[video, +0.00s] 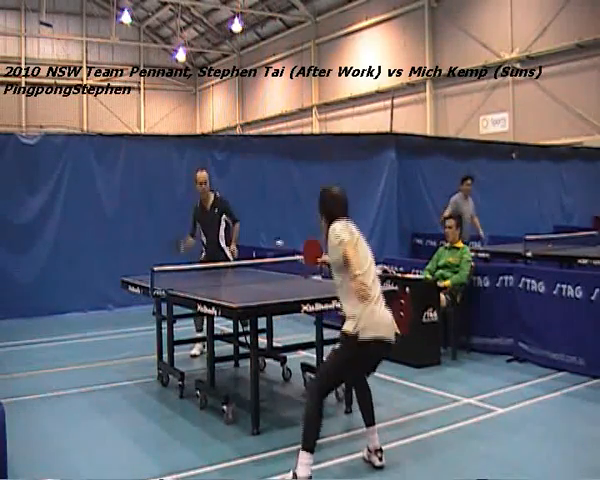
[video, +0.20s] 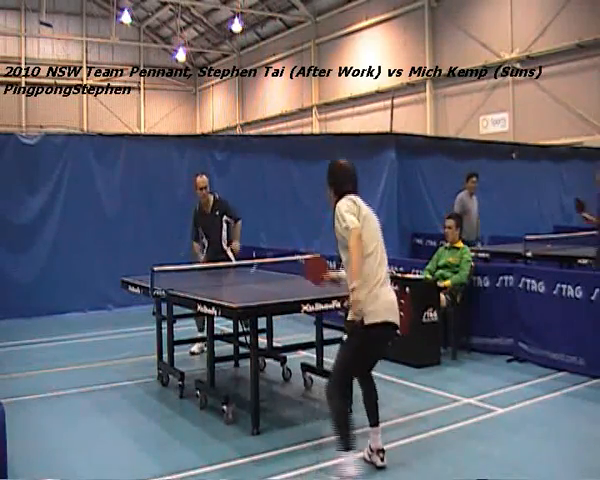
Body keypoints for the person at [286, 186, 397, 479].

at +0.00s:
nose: (318, 213)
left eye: (319, 208)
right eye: (321, 207)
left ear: (323, 211)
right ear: (345, 208)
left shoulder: (337, 230)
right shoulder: (356, 232)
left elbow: (348, 256)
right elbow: (347, 262)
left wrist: (359, 282)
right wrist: (324, 261)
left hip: (361, 332)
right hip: (384, 333)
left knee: (316, 389)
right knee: (358, 379)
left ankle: (302, 468)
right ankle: (375, 449)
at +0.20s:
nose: (326, 192)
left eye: (327, 187)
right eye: (328, 187)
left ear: (332, 187)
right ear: (354, 184)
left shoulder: (344, 206)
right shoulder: (365, 210)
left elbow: (356, 237)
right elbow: (370, 266)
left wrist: (353, 289)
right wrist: (336, 274)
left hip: (367, 316)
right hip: (387, 314)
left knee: (336, 384)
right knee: (364, 373)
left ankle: (346, 459)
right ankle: (376, 446)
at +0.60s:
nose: (336, 188)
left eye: (336, 182)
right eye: (341, 180)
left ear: (339, 185)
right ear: (363, 183)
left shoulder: (348, 214)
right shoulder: (379, 215)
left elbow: (332, 264)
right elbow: (384, 267)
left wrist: (317, 322)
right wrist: (358, 308)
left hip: (371, 322)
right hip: (399, 320)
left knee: (340, 393)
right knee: (384, 379)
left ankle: (369, 466)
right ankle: (407, 450)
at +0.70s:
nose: (329, 192)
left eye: (329, 187)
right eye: (334, 185)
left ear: (332, 190)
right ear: (356, 187)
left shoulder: (344, 218)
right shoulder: (371, 217)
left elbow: (328, 276)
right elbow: (373, 271)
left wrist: (314, 332)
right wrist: (338, 286)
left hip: (371, 324)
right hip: (397, 323)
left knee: (333, 385)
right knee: (381, 379)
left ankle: (343, 464)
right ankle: (407, 449)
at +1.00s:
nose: (302, 233)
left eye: (303, 229)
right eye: (304, 228)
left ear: (307, 231)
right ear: (330, 228)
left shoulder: (319, 256)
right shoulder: (344, 253)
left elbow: (279, 274)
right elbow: (294, 268)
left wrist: (253, 269)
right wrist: (266, 269)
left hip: (363, 356)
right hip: (384, 351)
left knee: (311, 402)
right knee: (349, 381)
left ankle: (331, 472)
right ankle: (353, 434)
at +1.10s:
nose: (299, 235)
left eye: (300, 231)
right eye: (301, 230)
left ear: (304, 232)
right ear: (325, 228)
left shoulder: (317, 255)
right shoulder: (333, 252)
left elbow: (274, 281)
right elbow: (299, 273)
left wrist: (243, 295)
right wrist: (276, 276)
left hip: (355, 357)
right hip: (372, 353)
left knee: (306, 407)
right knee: (343, 387)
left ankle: (330, 472)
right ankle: (352, 436)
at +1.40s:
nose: (275, 218)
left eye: (275, 213)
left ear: (279, 213)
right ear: (301, 209)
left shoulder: (290, 231)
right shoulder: (313, 230)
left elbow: (314, 246)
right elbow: (331, 245)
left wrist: (330, 260)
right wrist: (320, 209)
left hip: (320, 331)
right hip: (342, 328)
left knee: (276, 382)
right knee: (325, 375)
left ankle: (283, 459)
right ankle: (350, 435)